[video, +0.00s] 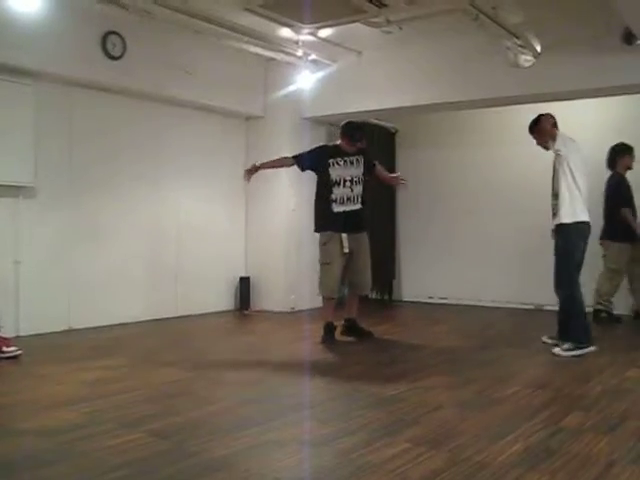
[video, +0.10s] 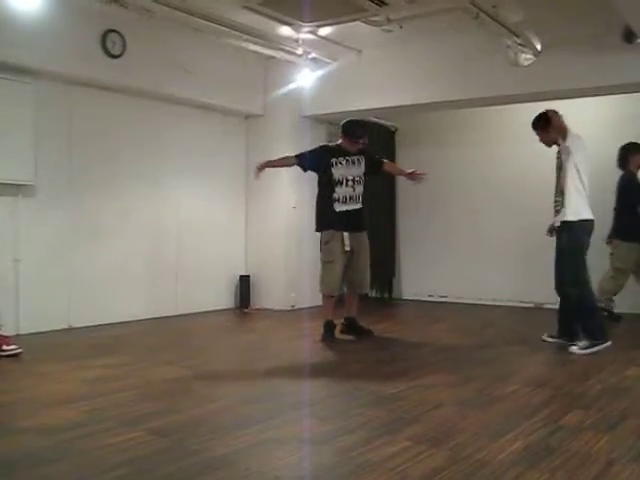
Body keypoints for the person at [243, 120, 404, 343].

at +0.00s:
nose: (356, 149)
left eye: (359, 146)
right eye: (353, 145)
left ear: (360, 143)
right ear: (343, 139)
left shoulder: (361, 156)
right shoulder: (323, 154)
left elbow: (374, 169)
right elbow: (290, 161)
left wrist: (389, 178)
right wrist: (258, 167)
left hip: (357, 227)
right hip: (331, 227)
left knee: (359, 278)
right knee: (331, 279)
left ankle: (351, 322)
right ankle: (329, 327)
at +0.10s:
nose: (360, 147)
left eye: (362, 143)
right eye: (357, 143)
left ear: (361, 141)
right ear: (345, 139)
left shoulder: (363, 157)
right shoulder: (324, 154)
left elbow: (384, 165)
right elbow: (295, 160)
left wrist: (405, 174)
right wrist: (266, 164)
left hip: (357, 226)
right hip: (332, 226)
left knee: (357, 276)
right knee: (332, 277)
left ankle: (351, 321)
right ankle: (328, 325)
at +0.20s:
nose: (363, 146)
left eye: (365, 141)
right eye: (359, 142)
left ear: (365, 140)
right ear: (345, 139)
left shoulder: (365, 158)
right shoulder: (328, 156)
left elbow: (391, 166)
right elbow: (306, 169)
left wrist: (418, 174)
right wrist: (296, 176)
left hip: (357, 227)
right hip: (333, 227)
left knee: (357, 276)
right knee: (333, 277)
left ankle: (350, 320)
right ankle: (329, 324)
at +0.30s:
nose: (364, 143)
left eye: (365, 140)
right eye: (361, 139)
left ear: (360, 139)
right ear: (348, 138)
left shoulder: (363, 157)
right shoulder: (332, 157)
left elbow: (384, 167)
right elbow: (331, 183)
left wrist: (405, 171)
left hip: (357, 226)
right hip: (335, 226)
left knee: (357, 276)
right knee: (334, 277)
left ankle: (350, 319)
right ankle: (329, 324)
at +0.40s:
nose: (363, 142)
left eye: (364, 139)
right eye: (360, 138)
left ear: (359, 140)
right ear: (347, 138)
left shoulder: (359, 154)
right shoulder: (335, 156)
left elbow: (379, 168)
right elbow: (356, 185)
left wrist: (360, 167)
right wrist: (380, 209)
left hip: (356, 225)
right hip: (335, 225)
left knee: (356, 276)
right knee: (334, 277)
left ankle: (350, 319)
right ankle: (328, 323)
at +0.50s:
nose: (360, 140)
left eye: (360, 137)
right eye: (356, 137)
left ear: (355, 137)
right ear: (345, 137)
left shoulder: (356, 155)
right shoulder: (335, 156)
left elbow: (362, 163)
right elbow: (357, 178)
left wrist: (336, 161)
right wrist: (378, 190)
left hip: (354, 223)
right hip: (334, 223)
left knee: (356, 274)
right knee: (333, 275)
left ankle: (349, 319)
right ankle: (326, 323)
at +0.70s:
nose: (348, 132)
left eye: (347, 129)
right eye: (344, 130)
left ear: (337, 136)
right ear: (336, 135)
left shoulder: (347, 153)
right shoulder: (326, 155)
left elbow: (368, 162)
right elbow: (352, 171)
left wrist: (361, 166)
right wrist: (368, 165)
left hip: (350, 221)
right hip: (330, 221)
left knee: (352, 273)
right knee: (329, 274)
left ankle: (347, 319)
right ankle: (312, 322)